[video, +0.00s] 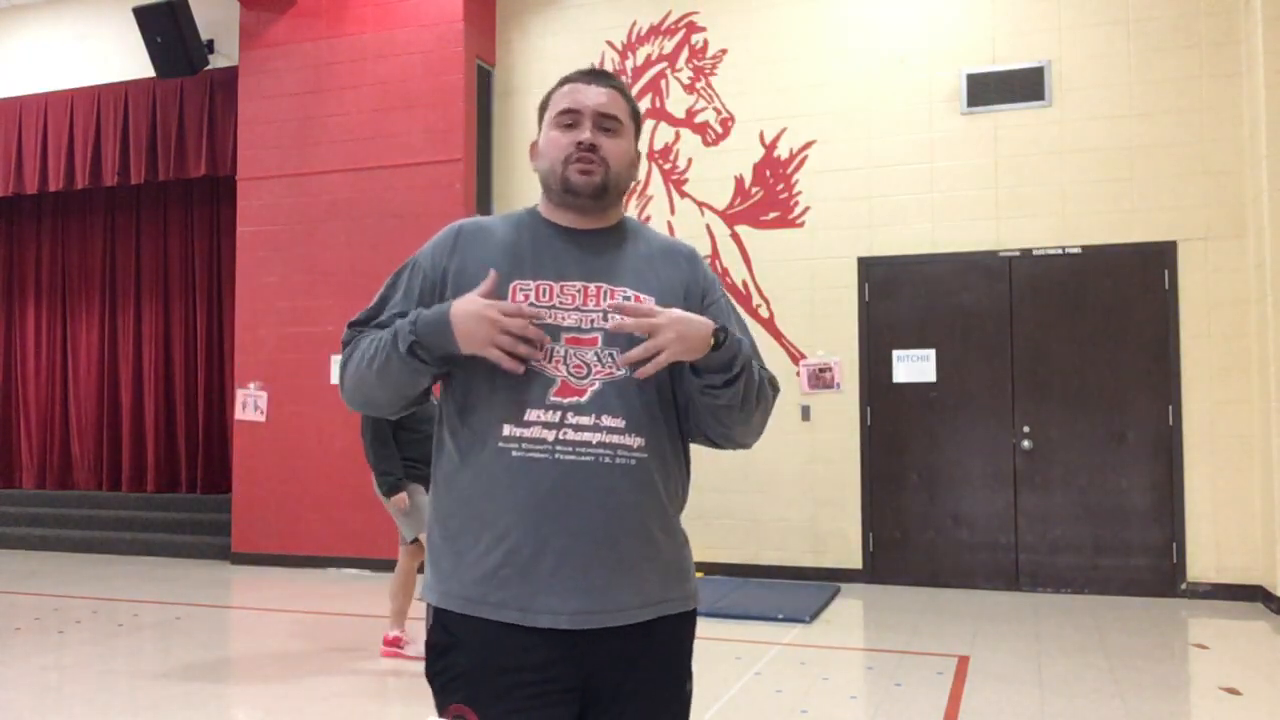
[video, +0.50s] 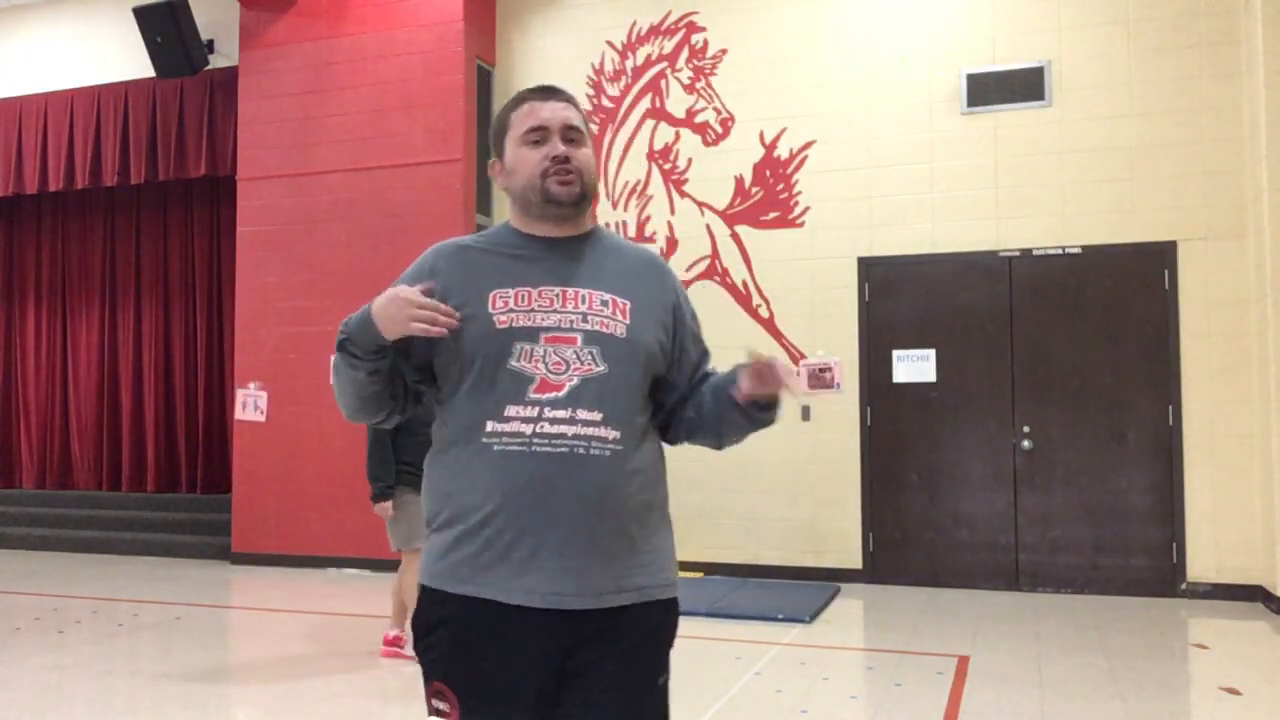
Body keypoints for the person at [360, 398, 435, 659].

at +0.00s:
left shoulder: (424, 390)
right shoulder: (383, 390)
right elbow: (377, 438)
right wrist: (392, 486)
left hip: (428, 479)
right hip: (404, 480)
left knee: (411, 554)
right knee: (440, 551)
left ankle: (395, 633)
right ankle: (447, 638)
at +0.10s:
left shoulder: (425, 393)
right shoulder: (385, 391)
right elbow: (377, 438)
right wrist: (393, 487)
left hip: (427, 480)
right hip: (402, 481)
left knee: (408, 557)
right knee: (437, 559)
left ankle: (395, 633)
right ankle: (450, 639)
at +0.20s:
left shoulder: (429, 394)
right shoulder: (389, 392)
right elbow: (378, 439)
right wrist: (391, 490)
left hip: (427, 483)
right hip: (402, 483)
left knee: (406, 559)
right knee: (429, 558)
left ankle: (395, 633)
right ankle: (445, 637)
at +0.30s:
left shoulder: (434, 373)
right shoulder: (387, 377)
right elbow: (377, 429)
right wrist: (385, 488)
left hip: (432, 479)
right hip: (404, 480)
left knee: (407, 559)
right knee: (420, 553)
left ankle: (395, 633)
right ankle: (440, 633)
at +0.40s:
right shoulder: (393, 382)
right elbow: (378, 435)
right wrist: (382, 489)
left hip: (432, 482)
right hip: (405, 483)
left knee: (411, 557)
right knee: (414, 555)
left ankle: (395, 633)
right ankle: (427, 634)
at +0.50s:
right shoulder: (394, 383)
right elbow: (379, 435)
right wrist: (382, 489)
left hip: (437, 482)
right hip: (406, 483)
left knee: (413, 558)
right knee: (414, 558)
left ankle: (396, 630)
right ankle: (428, 636)